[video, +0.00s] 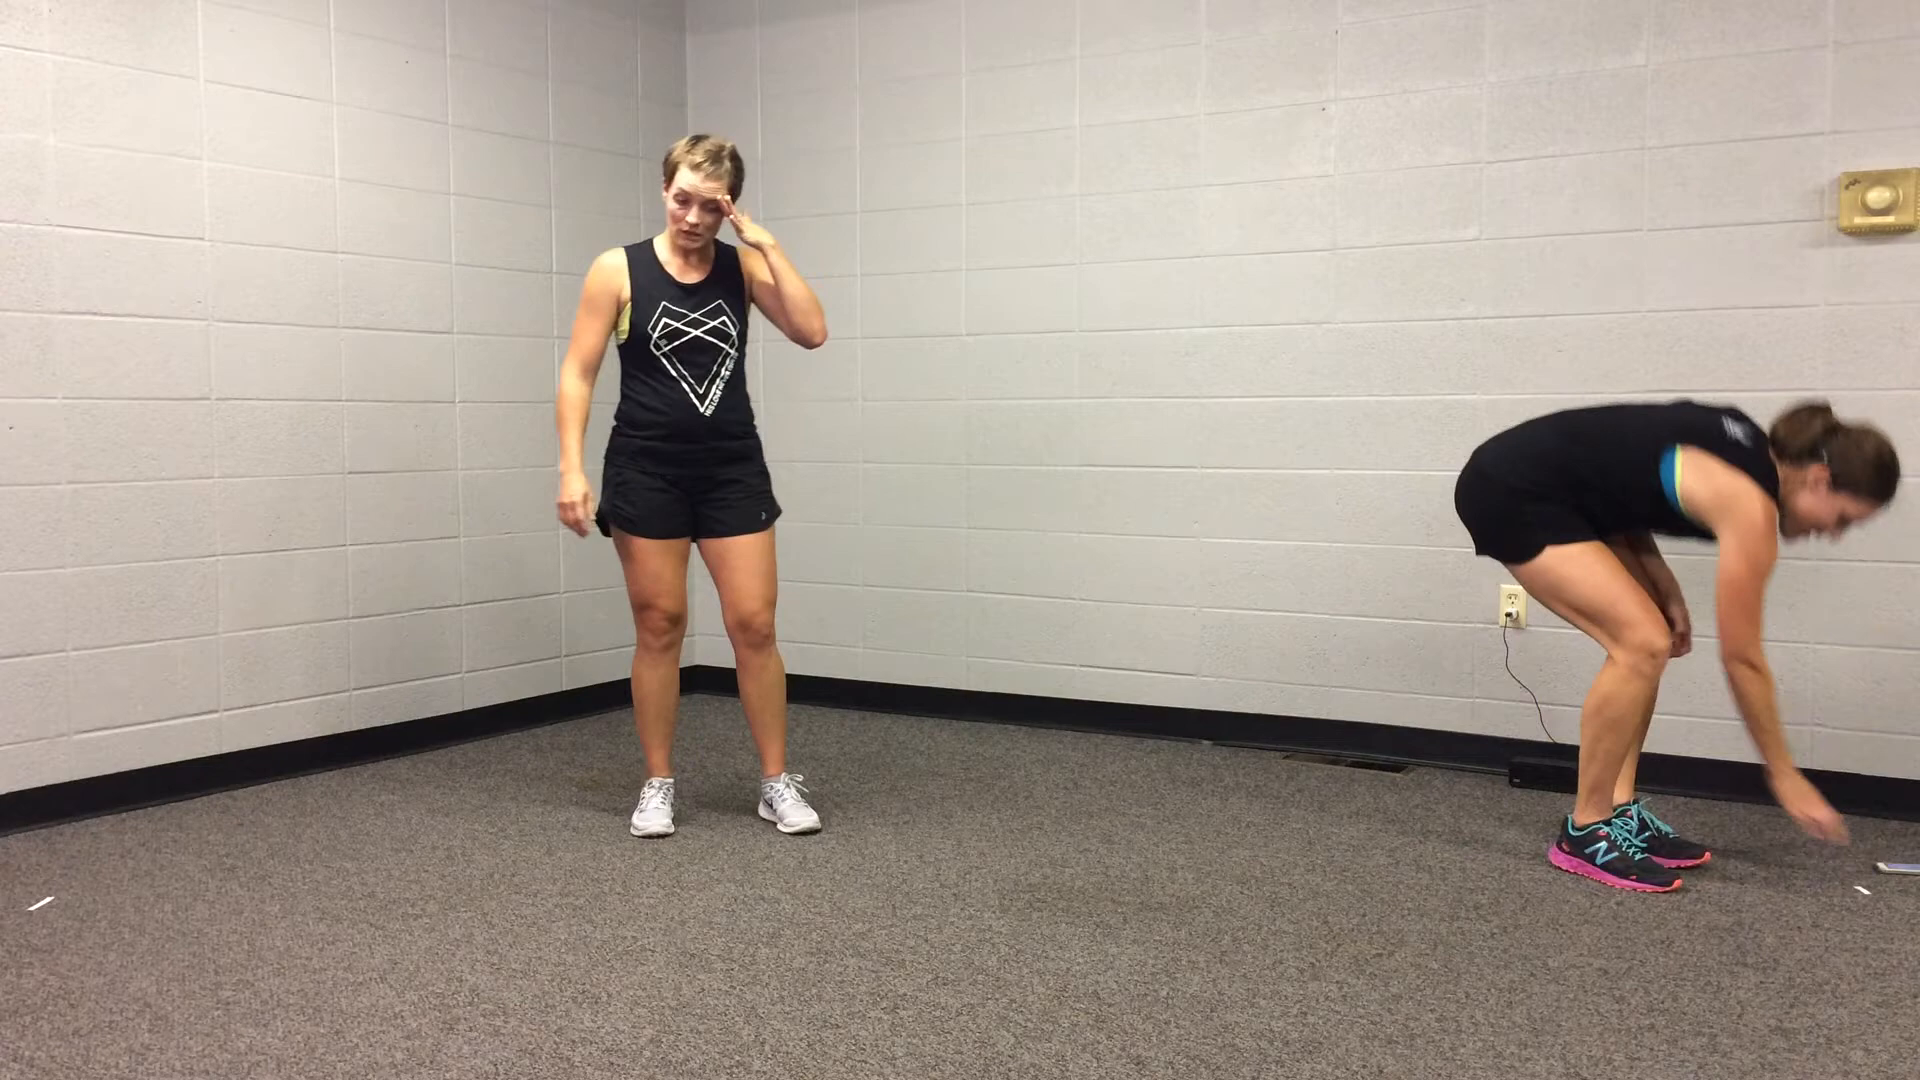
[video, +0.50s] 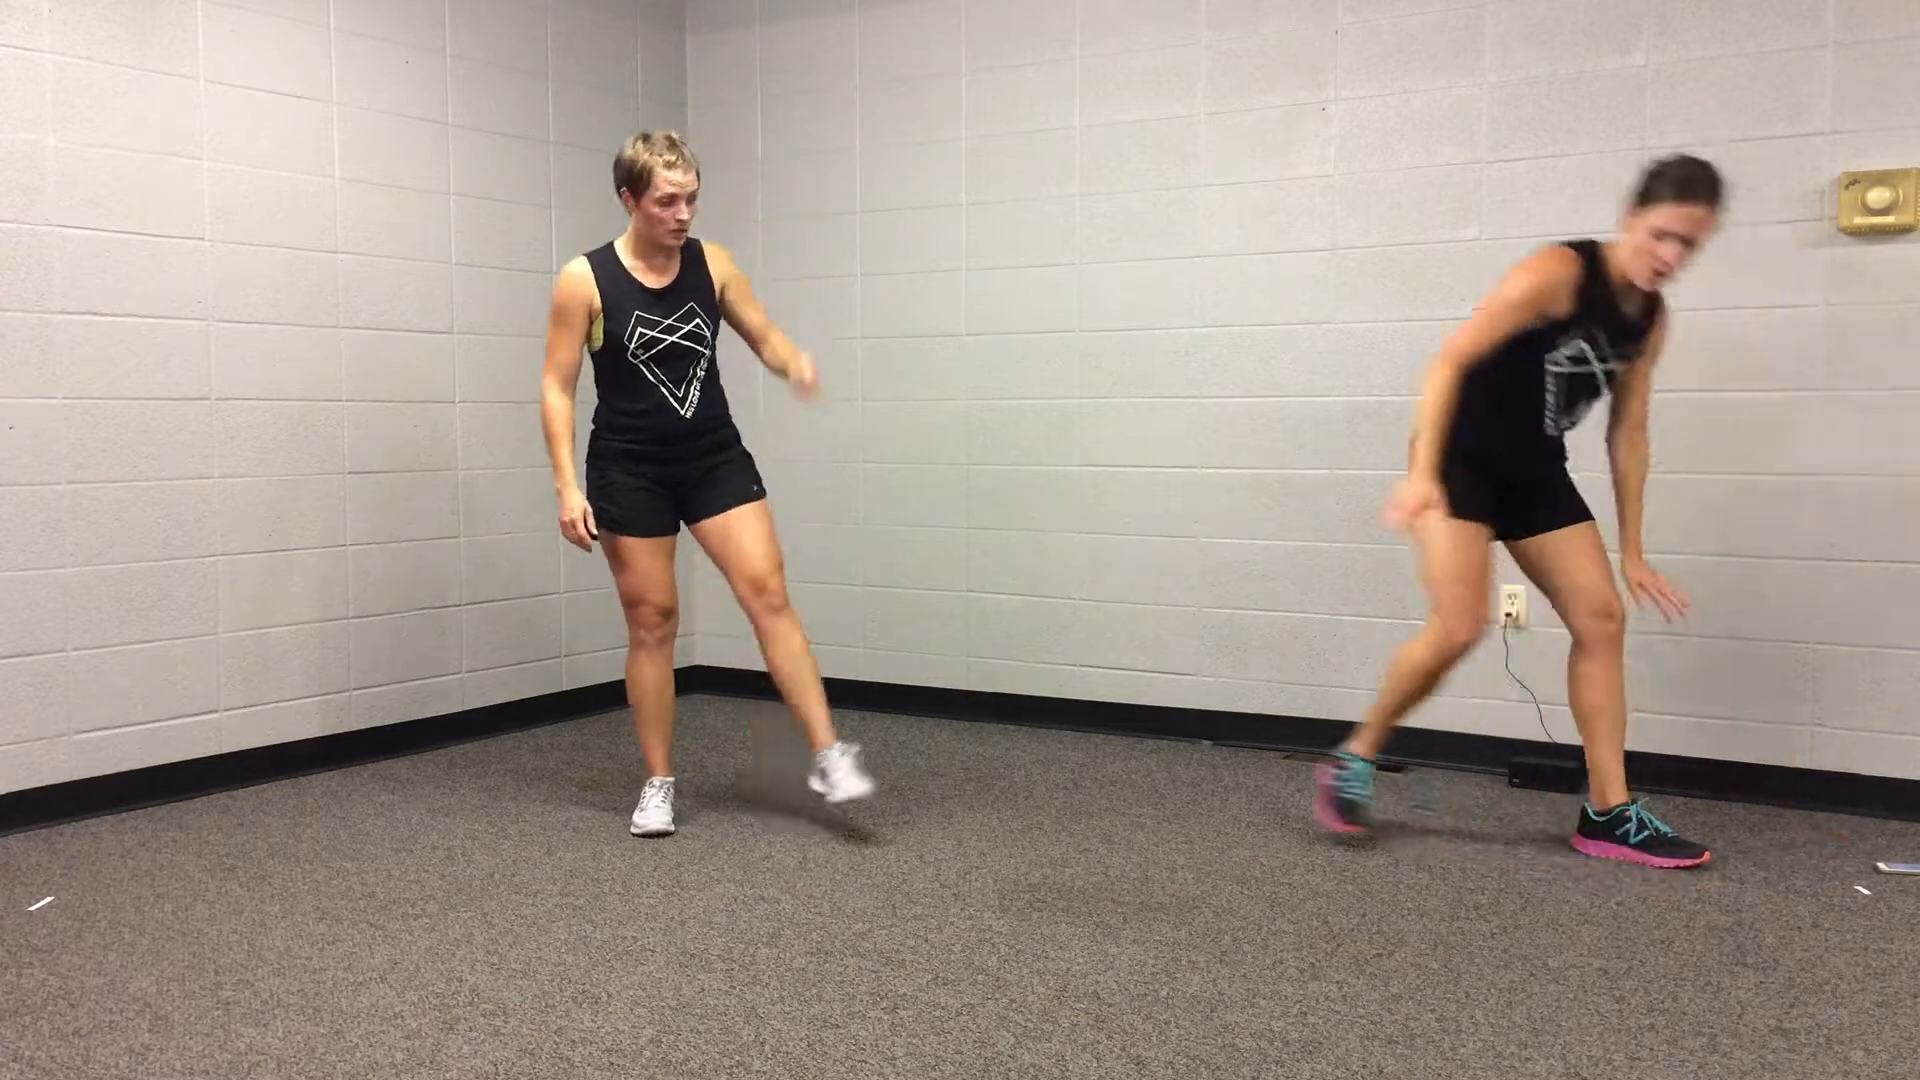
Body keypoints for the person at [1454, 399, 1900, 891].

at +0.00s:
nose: (1834, 534)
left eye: (1847, 526)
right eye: (1842, 519)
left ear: (1815, 472)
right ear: (1818, 479)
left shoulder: (1742, 444)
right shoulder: (1749, 509)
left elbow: (1605, 483)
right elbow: (1741, 660)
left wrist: (1662, 588)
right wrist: (1785, 776)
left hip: (1548, 482)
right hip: (1511, 491)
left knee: (1653, 636)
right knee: (1637, 643)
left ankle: (1619, 811)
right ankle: (1585, 828)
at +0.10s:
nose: (1835, 494)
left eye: (1849, 485)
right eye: (1841, 477)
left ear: (1809, 433)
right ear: (1809, 436)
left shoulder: (1737, 418)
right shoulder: (1742, 476)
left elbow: (1612, 473)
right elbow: (1709, 620)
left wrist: (1656, 585)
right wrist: (1735, 751)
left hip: (1555, 476)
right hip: (1508, 482)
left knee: (1646, 634)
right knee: (1627, 638)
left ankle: (1618, 812)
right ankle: (1584, 828)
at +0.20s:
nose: (1819, 429)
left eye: (1832, 417)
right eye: (1823, 408)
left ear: (1787, 368)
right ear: (1789, 370)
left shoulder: (1721, 389)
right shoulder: (1714, 412)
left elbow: (1638, 517)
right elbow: (1652, 540)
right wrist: (1651, 676)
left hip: (1558, 476)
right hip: (1499, 470)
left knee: (1635, 619)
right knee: (1601, 627)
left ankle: (1614, 809)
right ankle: (1579, 827)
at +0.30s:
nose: (1788, 362)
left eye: (1802, 350)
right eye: (1786, 340)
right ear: (1744, 306)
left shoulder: (1702, 371)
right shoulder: (1665, 348)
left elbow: (1650, 473)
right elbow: (1586, 463)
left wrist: (1641, 589)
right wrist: (1568, 595)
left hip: (1554, 466)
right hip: (1487, 460)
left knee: (1619, 614)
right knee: (1565, 618)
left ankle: (1611, 810)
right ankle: (1536, 812)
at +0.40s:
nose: (1736, 300)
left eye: (1751, 290)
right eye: (1730, 279)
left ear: (1760, 292)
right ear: (1691, 253)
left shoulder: (1684, 345)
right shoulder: (1610, 299)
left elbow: (1648, 452)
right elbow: (1515, 398)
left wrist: (1641, 569)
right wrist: (1496, 512)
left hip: (1546, 460)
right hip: (1473, 450)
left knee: (1612, 617)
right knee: (1524, 614)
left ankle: (1609, 809)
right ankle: (1445, 775)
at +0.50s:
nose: (1670, 256)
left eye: (1688, 246)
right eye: (1663, 235)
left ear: (1696, 250)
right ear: (1628, 218)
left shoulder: (1647, 318)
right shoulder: (1558, 273)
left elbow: (1627, 432)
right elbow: (1451, 360)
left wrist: (1632, 551)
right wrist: (1422, 471)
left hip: (1533, 462)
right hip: (1457, 450)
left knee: (1600, 618)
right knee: (1458, 624)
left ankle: (1609, 809)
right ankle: (1359, 752)